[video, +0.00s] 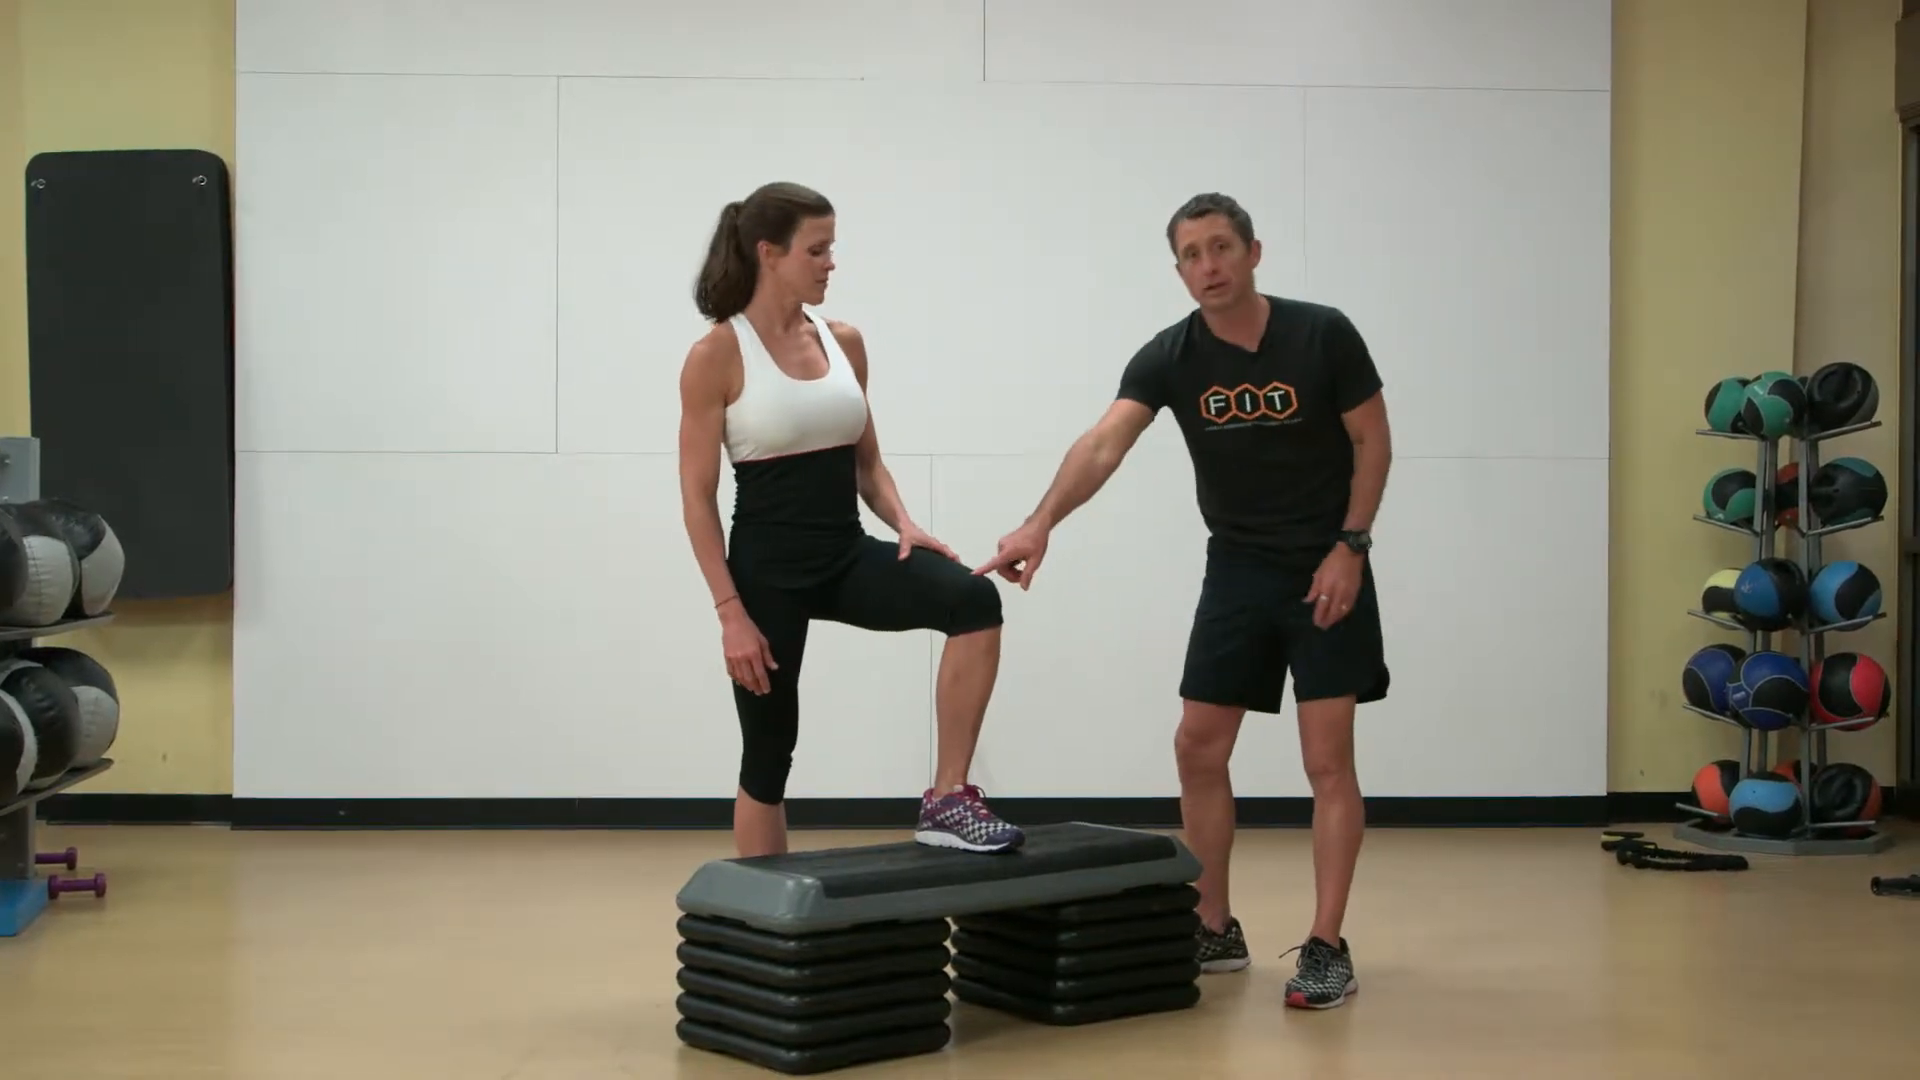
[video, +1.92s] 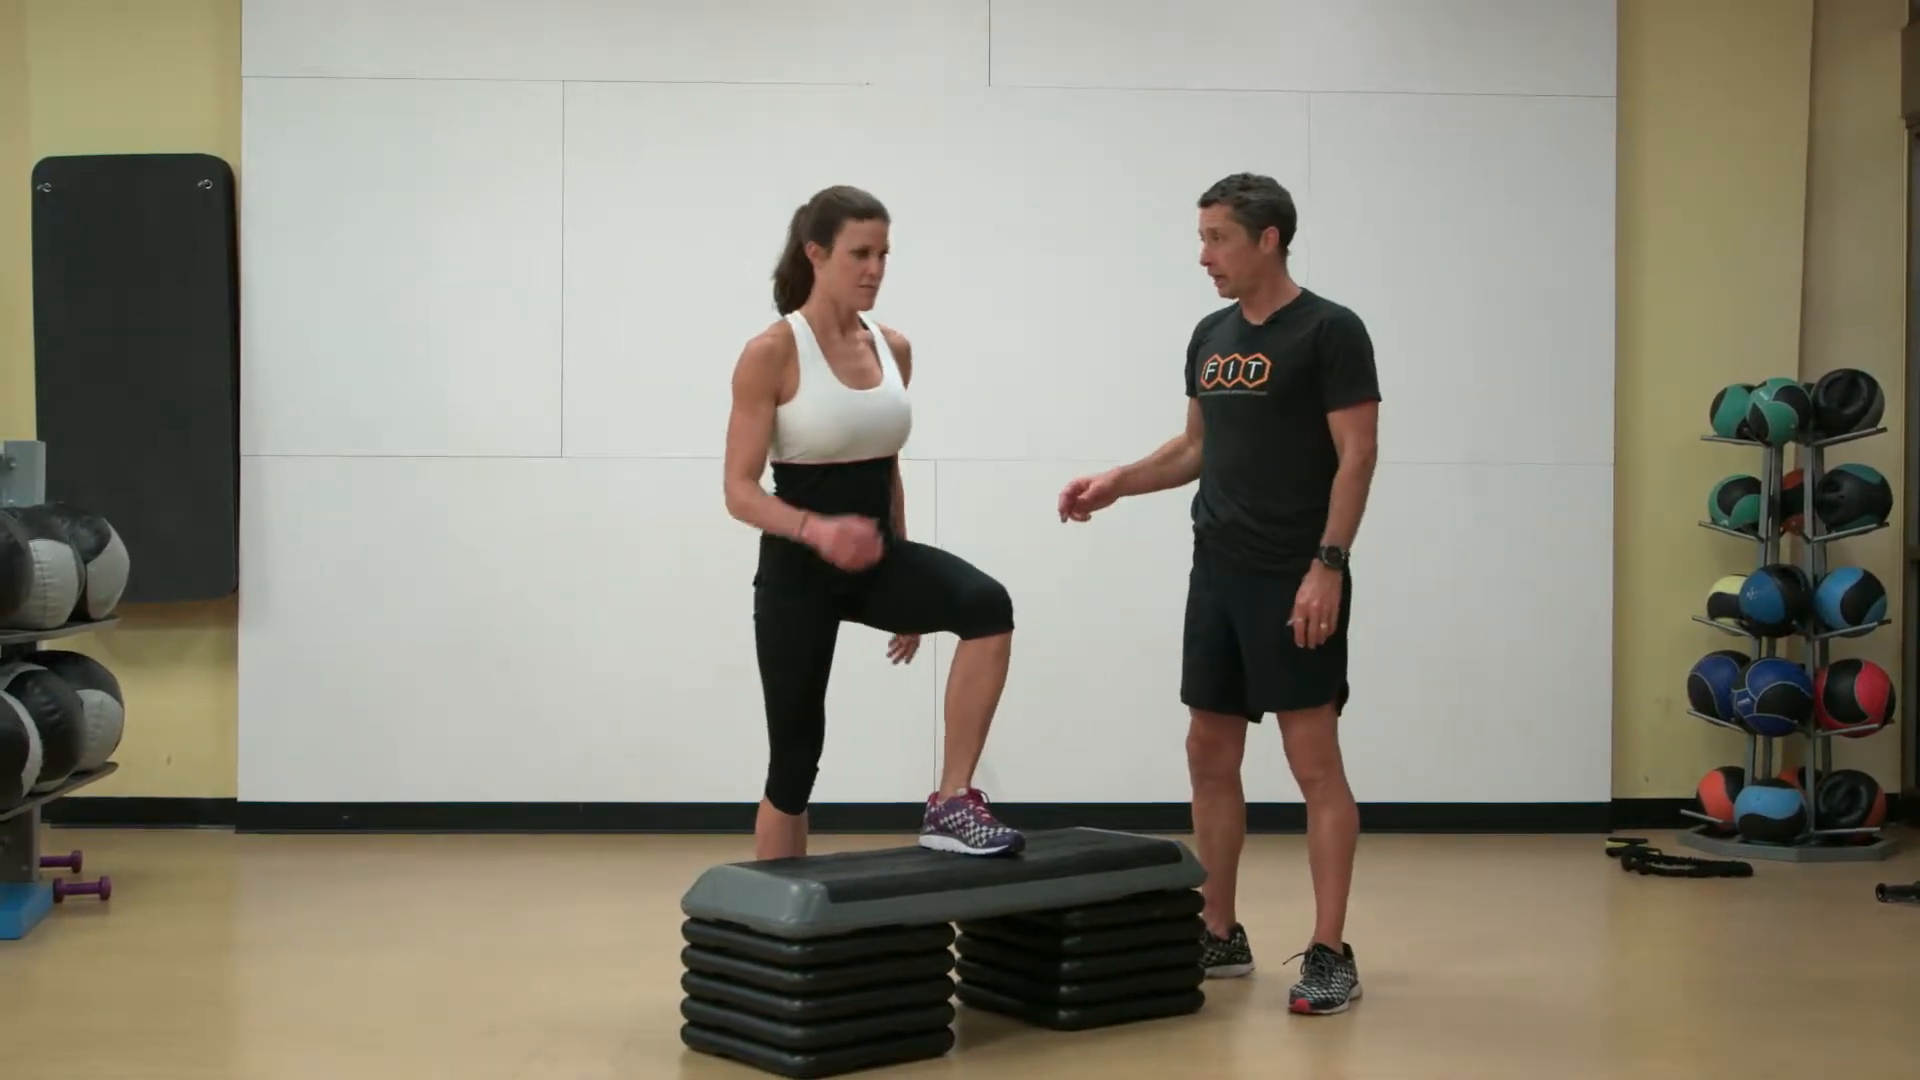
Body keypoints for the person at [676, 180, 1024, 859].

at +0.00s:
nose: (832, 262)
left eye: (832, 248)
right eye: (818, 249)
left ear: (794, 254)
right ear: (769, 253)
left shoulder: (842, 342)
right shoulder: (716, 357)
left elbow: (867, 462)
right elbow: (698, 500)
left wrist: (904, 523)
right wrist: (730, 612)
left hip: (845, 556)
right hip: (767, 568)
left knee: (974, 602)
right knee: (767, 760)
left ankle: (949, 797)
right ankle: (763, 929)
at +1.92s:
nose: (876, 267)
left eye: (882, 254)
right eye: (861, 253)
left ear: (885, 258)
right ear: (814, 254)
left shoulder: (891, 349)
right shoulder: (771, 355)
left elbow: (888, 470)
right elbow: (739, 493)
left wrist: (907, 593)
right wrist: (811, 527)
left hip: (877, 558)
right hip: (798, 569)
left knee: (986, 606)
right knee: (794, 765)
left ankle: (952, 800)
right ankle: (776, 934)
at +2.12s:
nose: (926, 272)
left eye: (931, 259)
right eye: (910, 259)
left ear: (935, 265)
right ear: (864, 267)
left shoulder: (939, 359)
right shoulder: (821, 358)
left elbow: (916, 483)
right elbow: (805, 489)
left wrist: (916, 598)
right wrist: (898, 431)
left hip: (900, 557)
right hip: (829, 564)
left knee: (1005, 617)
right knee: (831, 770)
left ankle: (954, 802)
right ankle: (783, 930)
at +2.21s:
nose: (953, 253)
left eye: (958, 239)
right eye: (937, 240)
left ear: (963, 246)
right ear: (891, 247)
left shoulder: (965, 340)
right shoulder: (851, 332)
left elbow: (945, 459)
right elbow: (836, 457)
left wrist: (950, 563)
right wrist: (930, 416)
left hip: (923, 540)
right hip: (848, 542)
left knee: (1019, 622)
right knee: (829, 741)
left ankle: (957, 803)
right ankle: (791, 916)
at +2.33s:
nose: (988, 194)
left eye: (992, 180)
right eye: (972, 181)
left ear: (993, 188)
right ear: (926, 188)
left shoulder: (1001, 291)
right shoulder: (885, 272)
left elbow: (998, 418)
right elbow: (845, 398)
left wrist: (1051, 493)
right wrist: (933, 453)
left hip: (946, 494)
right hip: (868, 493)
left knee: (1019, 619)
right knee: (878, 698)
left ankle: (957, 805)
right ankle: (806, 867)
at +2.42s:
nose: (997, 161)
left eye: (1002, 148)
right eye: (980, 148)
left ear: (1004, 159)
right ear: (935, 155)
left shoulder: (1012, 267)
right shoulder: (889, 244)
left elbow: (1038, 403)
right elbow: (834, 374)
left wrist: (1094, 395)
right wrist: (871, 476)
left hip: (950, 461)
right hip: (877, 460)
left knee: (1015, 615)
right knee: (947, 640)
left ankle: (959, 803)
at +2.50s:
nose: (997, 127)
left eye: (1002, 113)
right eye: (981, 113)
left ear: (1004, 124)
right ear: (935, 120)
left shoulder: (1018, 233)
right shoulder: (889, 210)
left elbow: (1075, 349)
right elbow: (823, 329)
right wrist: (804, 452)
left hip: (962, 433)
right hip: (882, 428)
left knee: (1010, 611)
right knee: (995, 529)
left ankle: (960, 804)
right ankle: (882, 632)